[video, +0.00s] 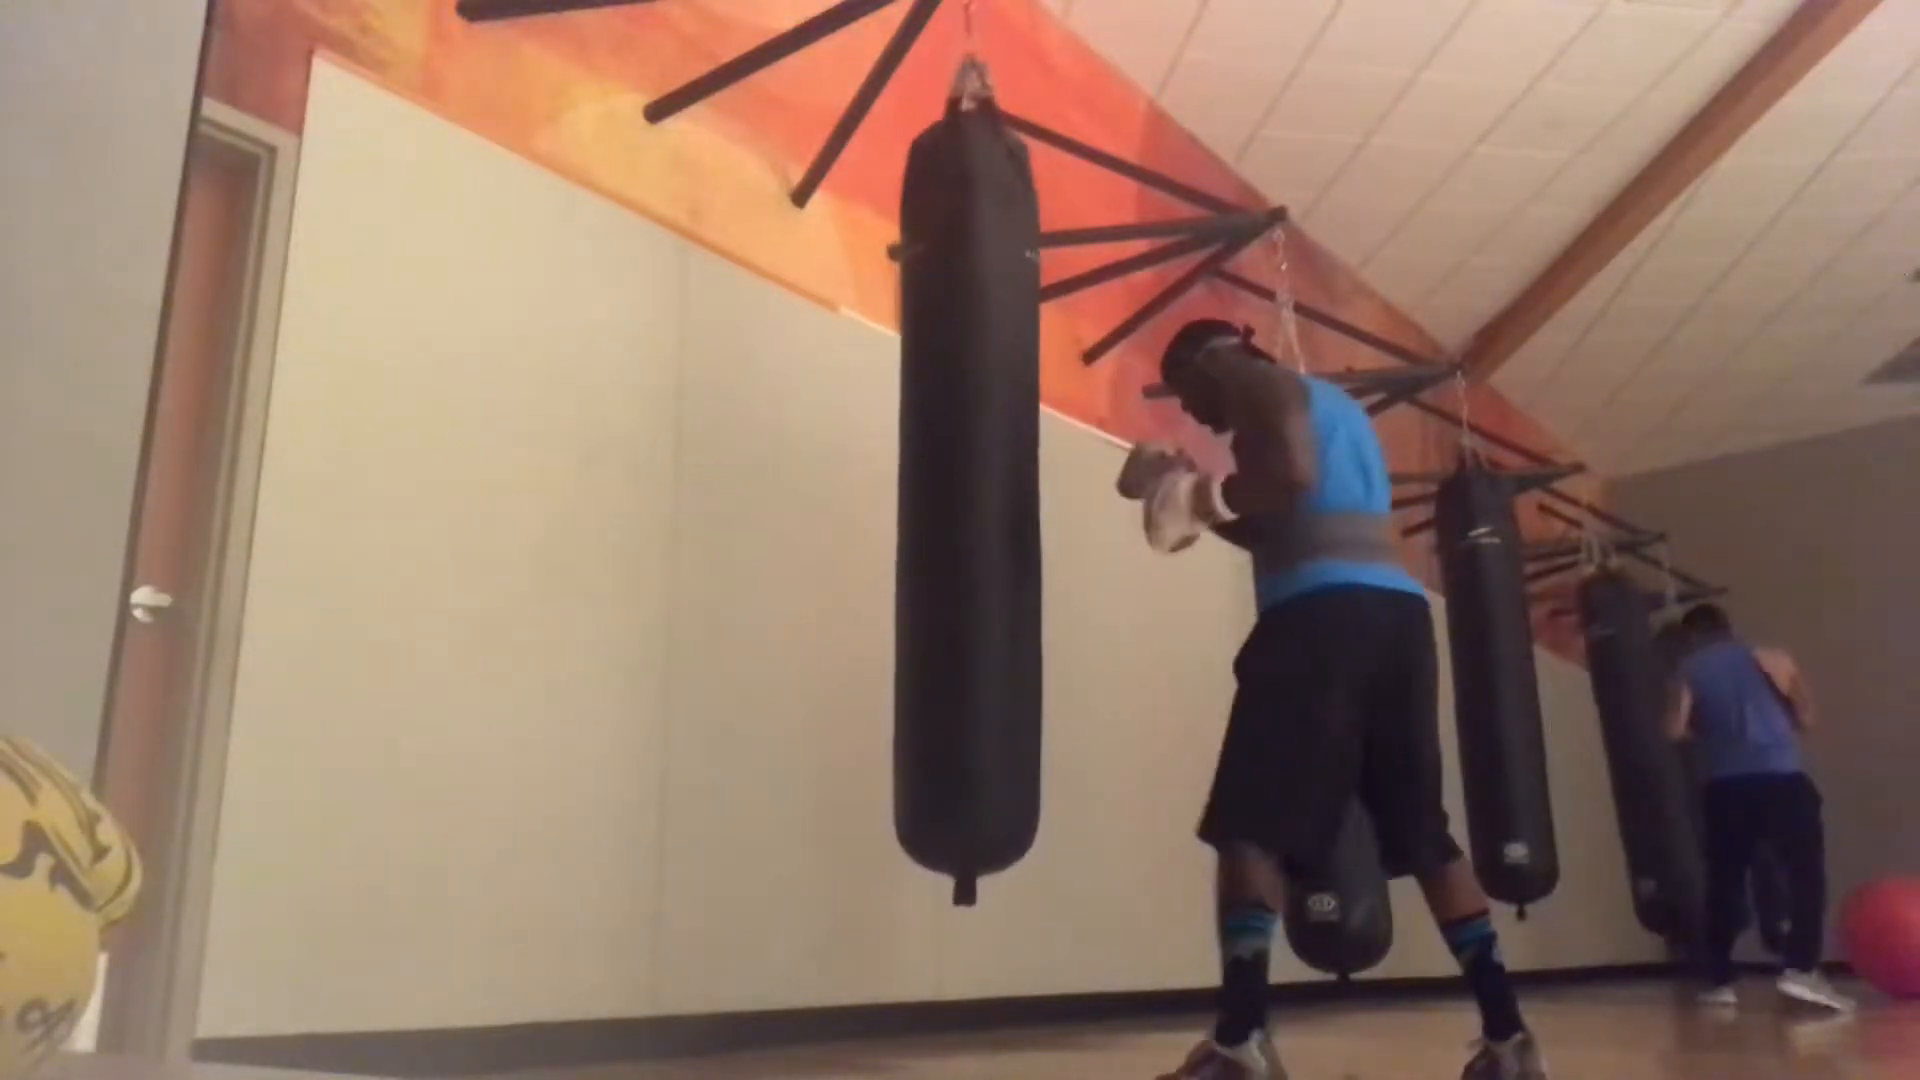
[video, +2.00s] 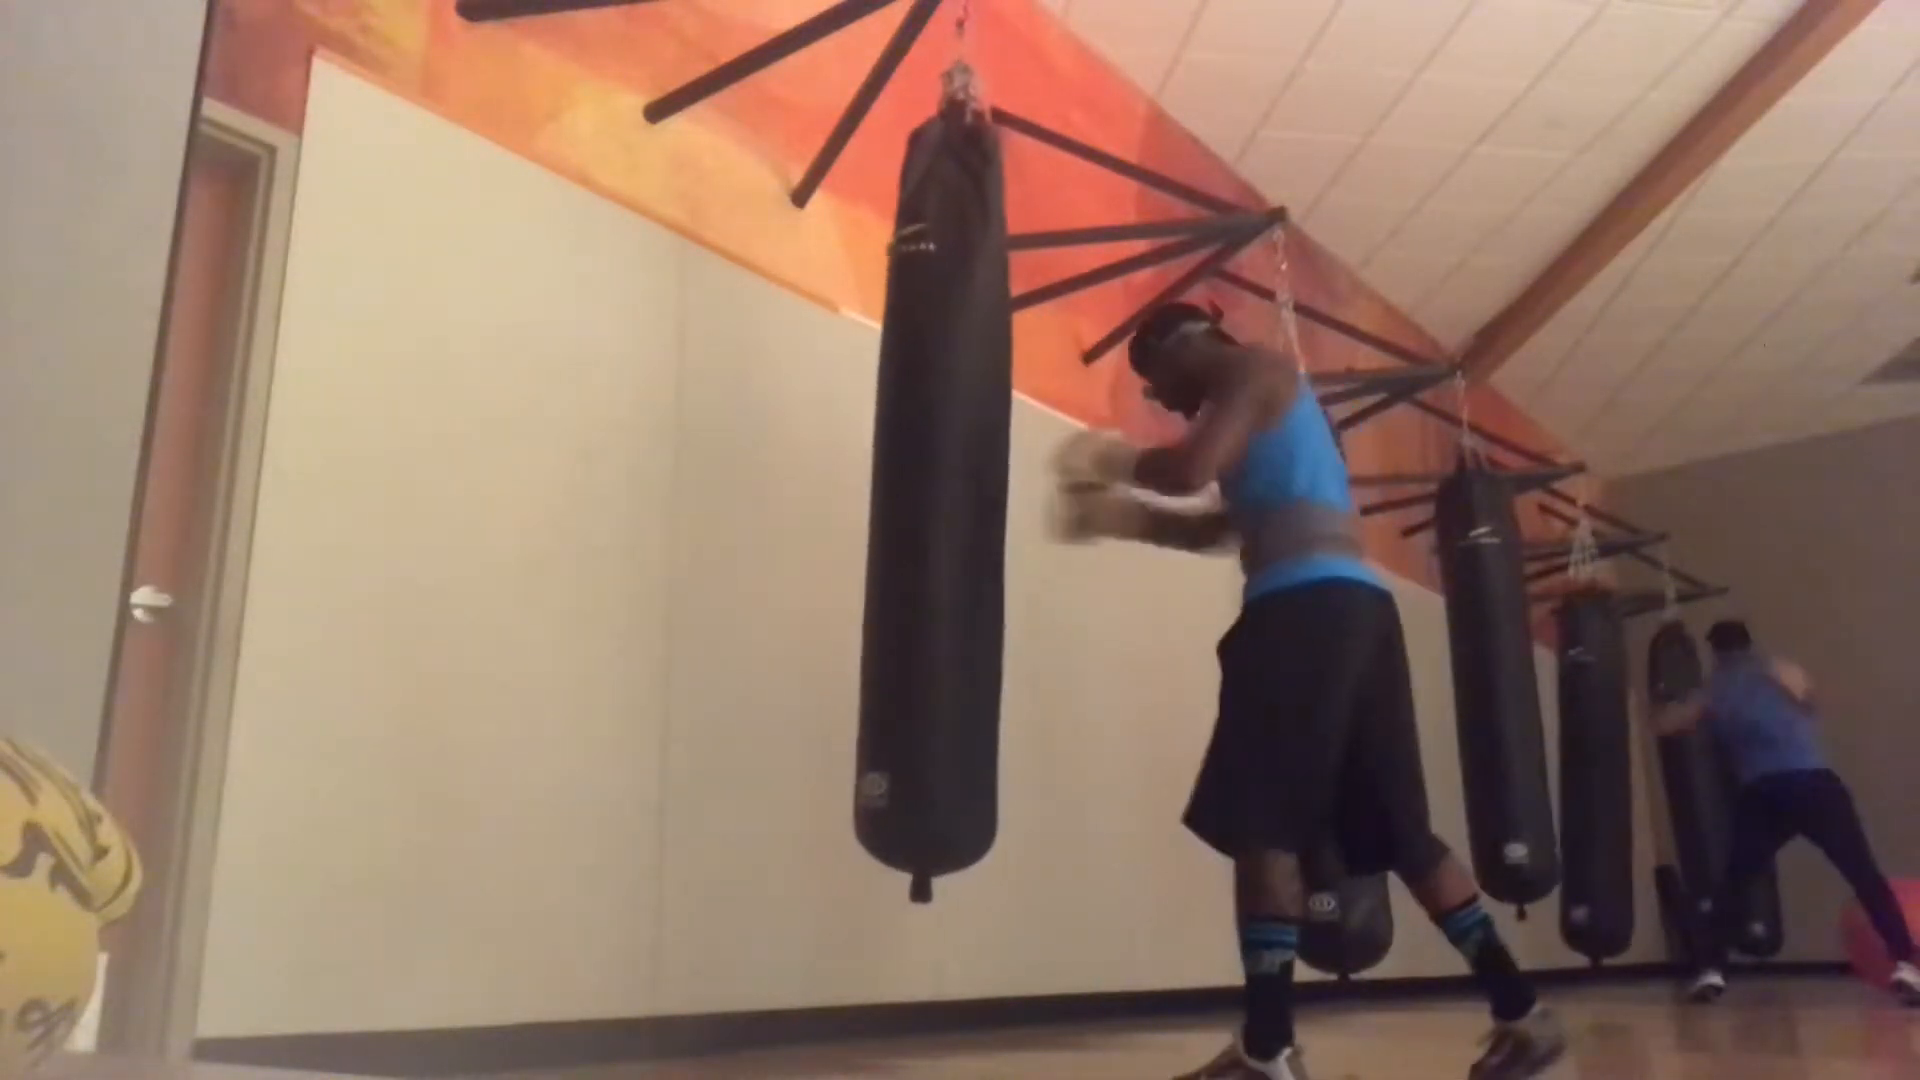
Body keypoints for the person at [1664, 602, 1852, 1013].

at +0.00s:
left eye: (1689, 639)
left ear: (1690, 638)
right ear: (1728, 627)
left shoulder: (1690, 672)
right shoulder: (1772, 659)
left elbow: (1675, 730)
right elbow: (1806, 717)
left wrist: (1705, 726)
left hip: (1728, 791)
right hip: (1786, 786)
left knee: (1724, 884)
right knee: (1807, 877)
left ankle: (1719, 981)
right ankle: (1801, 971)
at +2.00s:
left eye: (1721, 650)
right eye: (1734, 645)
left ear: (1715, 652)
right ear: (1749, 643)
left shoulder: (1714, 690)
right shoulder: (1776, 668)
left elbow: (1671, 723)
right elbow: (1807, 695)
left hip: (1762, 794)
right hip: (1815, 785)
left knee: (1735, 878)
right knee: (1863, 873)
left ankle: (1712, 968)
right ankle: (1906, 960)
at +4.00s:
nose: (1794, 654)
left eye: (1791, 648)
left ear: (1792, 645)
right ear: (1832, 637)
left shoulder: (1790, 673)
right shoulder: (1866, 670)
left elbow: (1741, 709)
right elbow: (1883, 712)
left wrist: (1739, 671)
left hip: (1813, 799)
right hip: (1872, 798)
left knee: (1791, 890)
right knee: (1904, 887)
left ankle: (1775, 981)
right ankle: (1917, 975)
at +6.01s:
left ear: (1707, 660)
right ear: (1743, 657)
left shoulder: (1691, 699)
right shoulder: (1772, 690)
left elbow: (1680, 759)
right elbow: (1792, 743)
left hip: (1723, 806)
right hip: (1779, 799)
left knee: (1712, 887)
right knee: (1816, 882)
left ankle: (1694, 977)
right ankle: (1817, 973)